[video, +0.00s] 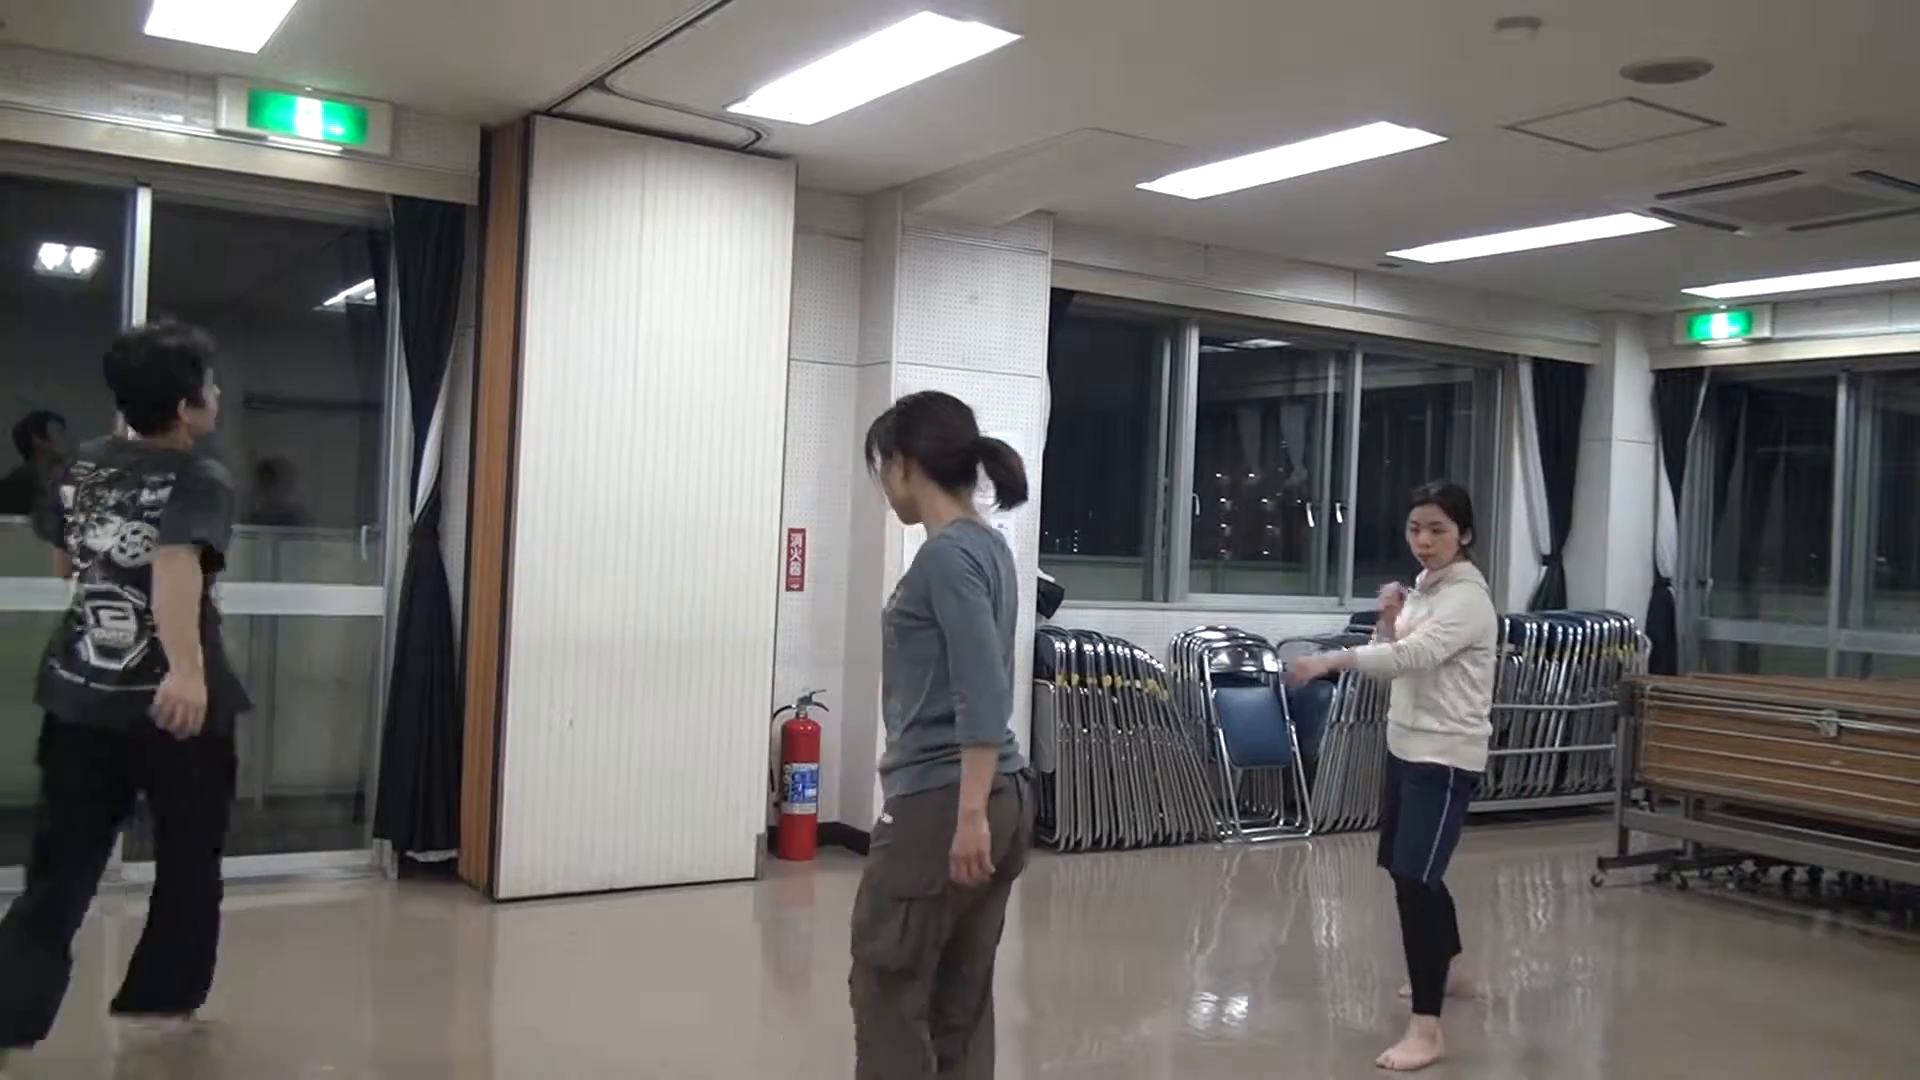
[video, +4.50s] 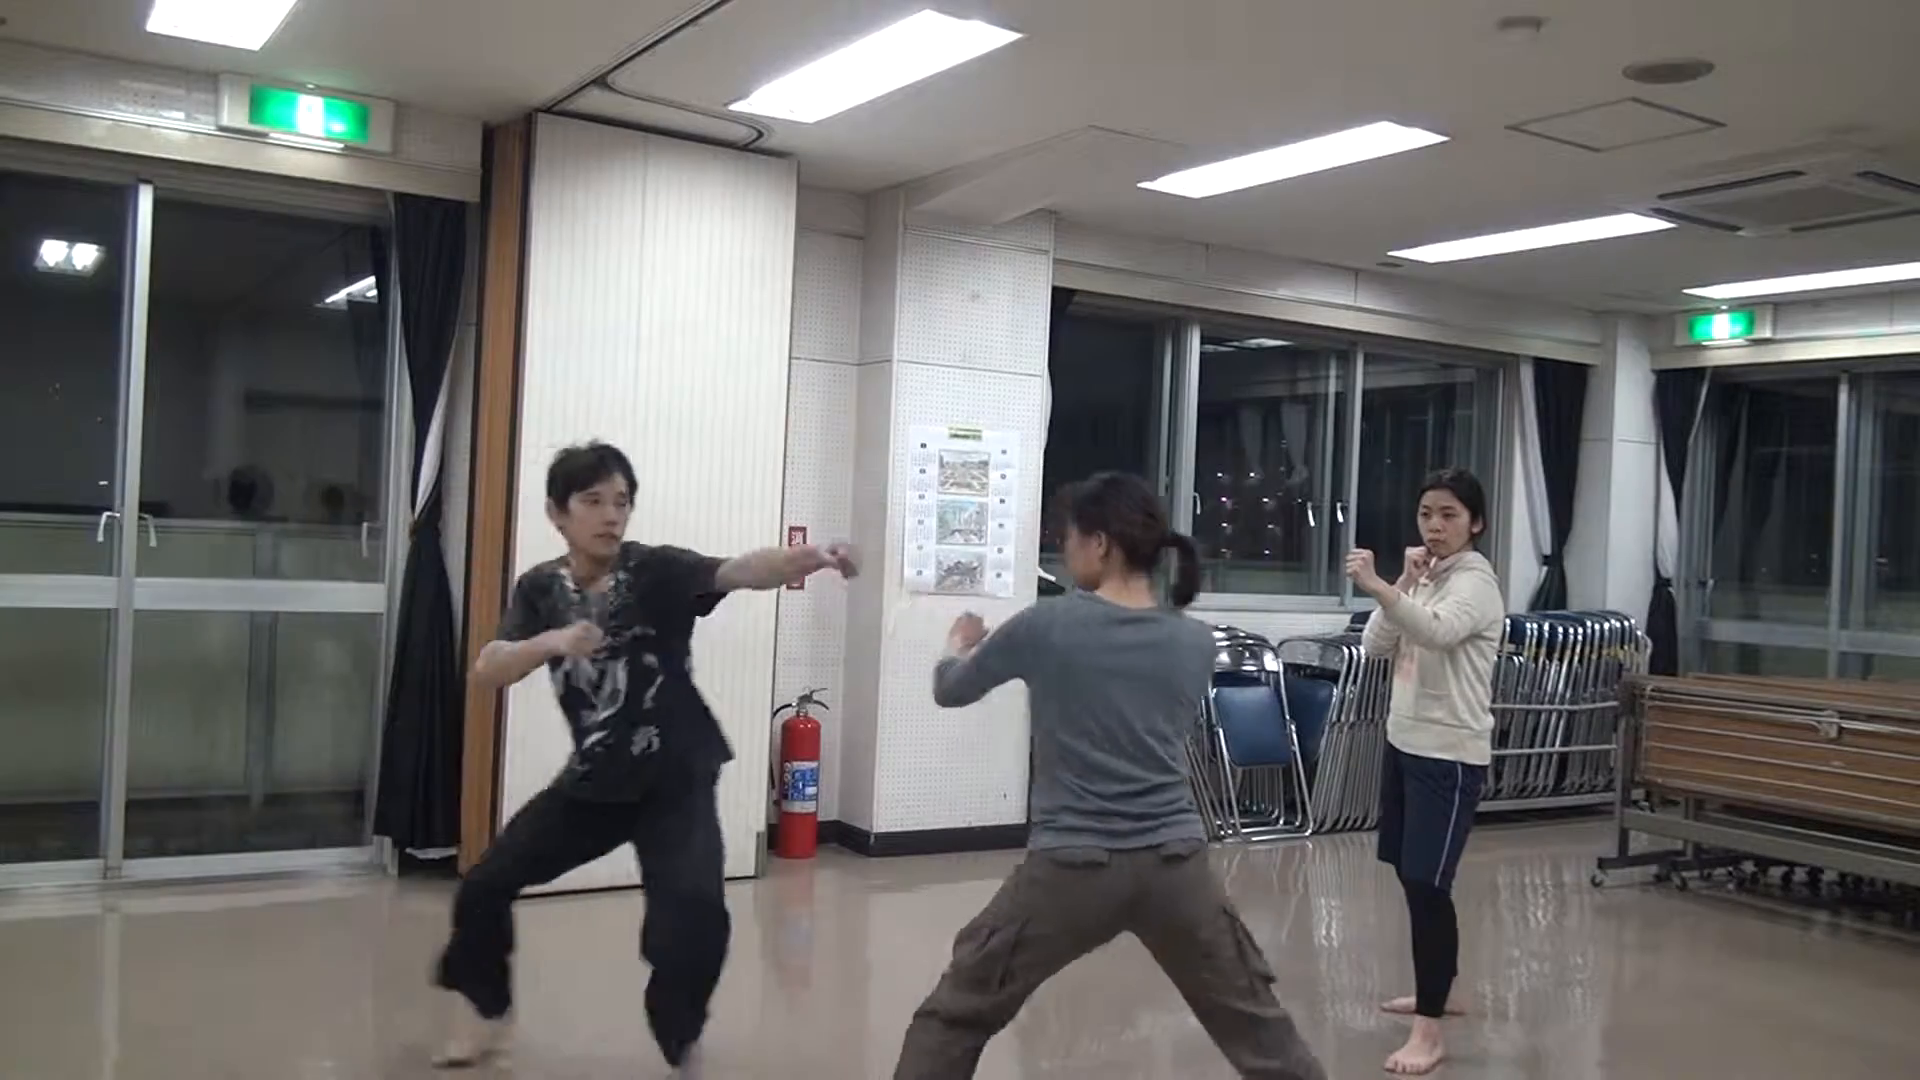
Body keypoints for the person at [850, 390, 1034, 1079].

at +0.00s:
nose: (882, 486)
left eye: (881, 469)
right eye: (879, 470)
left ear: (906, 464)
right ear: (961, 462)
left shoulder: (948, 555)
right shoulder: (989, 548)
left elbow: (982, 691)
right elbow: (981, 689)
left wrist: (972, 812)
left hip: (939, 805)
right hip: (992, 799)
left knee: (885, 990)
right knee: (961, 1002)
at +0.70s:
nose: (913, 492)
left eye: (913, 474)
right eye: (912, 476)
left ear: (928, 471)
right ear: (992, 469)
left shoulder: (922, 559)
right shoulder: (1038, 570)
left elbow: (893, 703)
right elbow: (1051, 705)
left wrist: (861, 808)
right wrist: (1042, 800)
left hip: (932, 824)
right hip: (1017, 821)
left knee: (893, 1019)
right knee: (973, 1017)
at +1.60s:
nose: (957, 472)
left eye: (959, 460)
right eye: (960, 460)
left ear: (968, 468)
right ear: (1048, 470)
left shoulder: (932, 569)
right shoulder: (1091, 571)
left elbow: (883, 704)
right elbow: (1118, 705)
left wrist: (860, 812)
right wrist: (1127, 824)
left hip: (961, 828)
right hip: (1073, 827)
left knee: (933, 1029)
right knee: (1088, 1029)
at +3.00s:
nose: (974, 493)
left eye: (976, 477)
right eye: (973, 479)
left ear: (1003, 478)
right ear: (1054, 481)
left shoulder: (954, 564)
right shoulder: (1106, 581)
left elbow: (878, 657)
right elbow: (1109, 711)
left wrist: (822, 708)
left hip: (965, 809)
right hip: (1070, 811)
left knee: (922, 995)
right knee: (1086, 1011)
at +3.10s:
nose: (974, 492)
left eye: (976, 476)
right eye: (973, 478)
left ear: (1002, 478)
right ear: (1056, 481)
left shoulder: (949, 563)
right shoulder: (1106, 578)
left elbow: (875, 642)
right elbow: (1099, 681)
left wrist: (824, 680)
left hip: (957, 806)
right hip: (1065, 808)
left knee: (919, 993)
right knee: (1086, 1008)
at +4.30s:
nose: (997, 522)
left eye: (1001, 508)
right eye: (998, 508)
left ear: (1030, 511)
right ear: (1076, 512)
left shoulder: (975, 593)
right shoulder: (1131, 604)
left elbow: (889, 646)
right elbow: (1125, 701)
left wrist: (894, 604)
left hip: (998, 836)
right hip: (1107, 835)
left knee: (919, 997)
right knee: (1157, 1009)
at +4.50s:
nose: (1064, 550)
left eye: (1071, 536)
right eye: (1065, 537)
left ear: (1101, 543)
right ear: (1147, 545)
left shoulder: (1046, 625)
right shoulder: (1196, 640)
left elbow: (950, 689)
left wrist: (960, 649)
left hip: (1070, 874)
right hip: (1179, 871)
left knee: (955, 1018)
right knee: (1258, 1025)